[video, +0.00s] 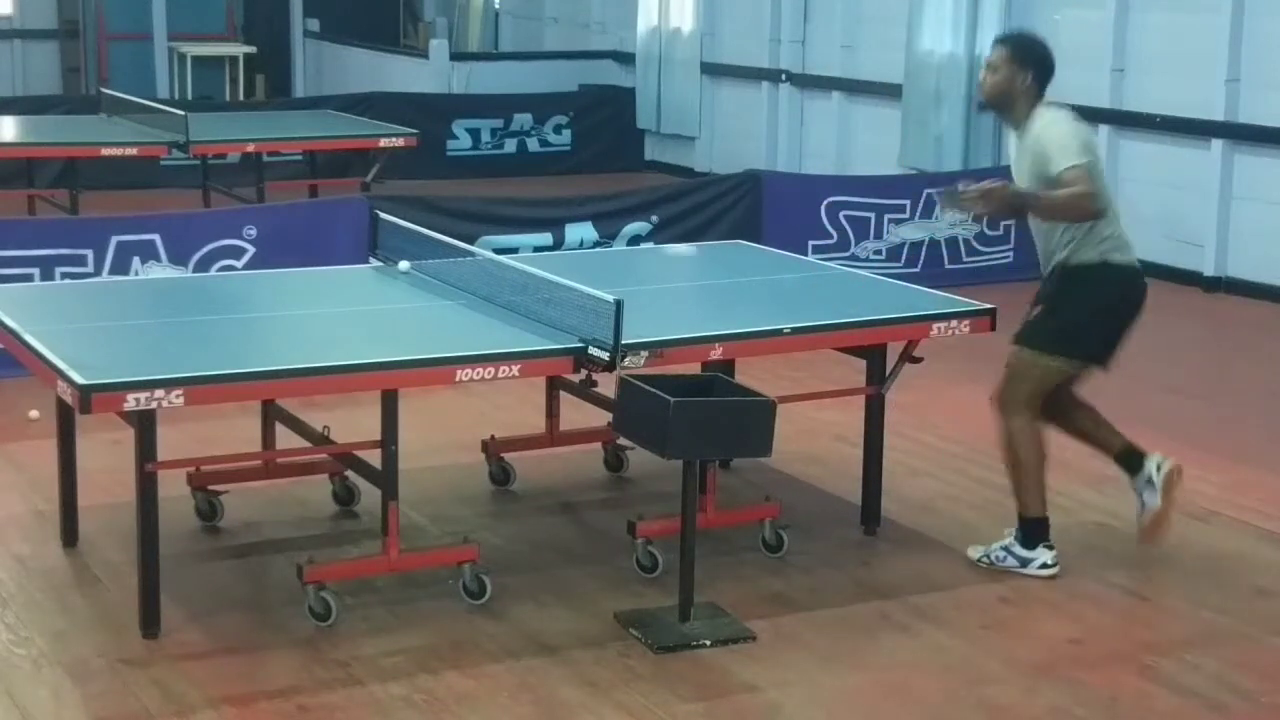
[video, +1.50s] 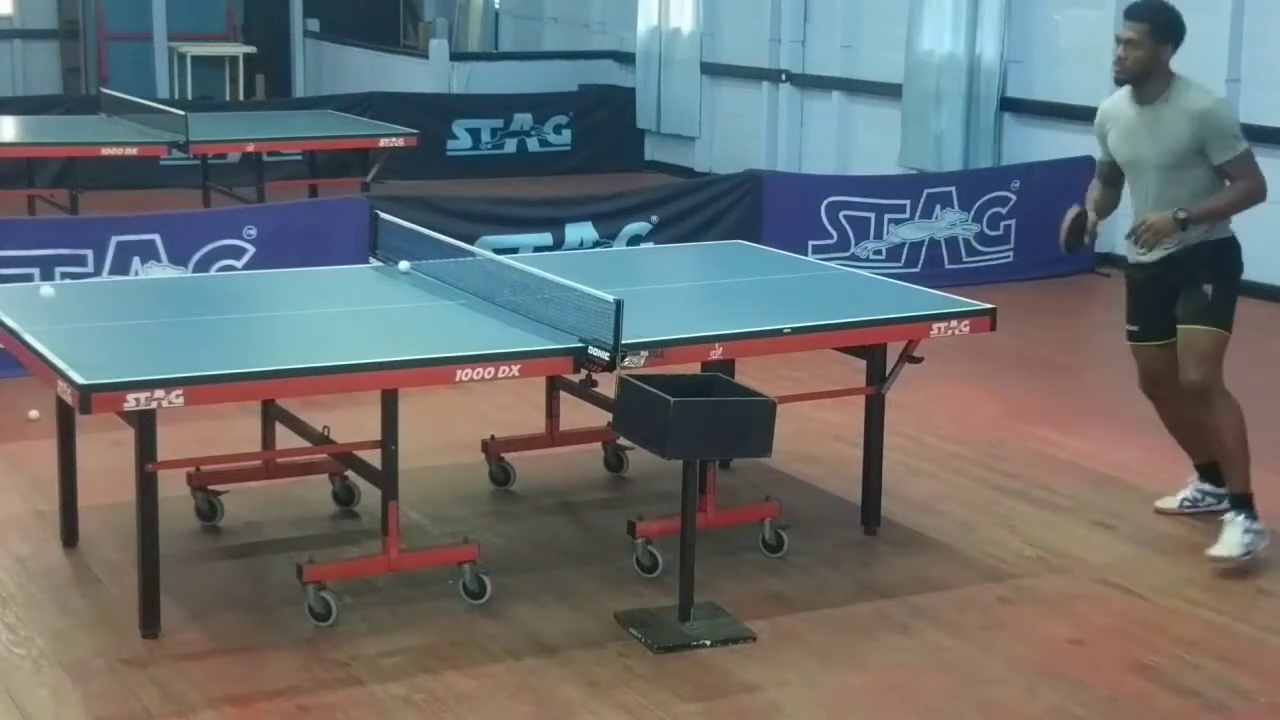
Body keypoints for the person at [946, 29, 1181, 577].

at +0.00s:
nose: (982, 78)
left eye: (993, 69)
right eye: (985, 68)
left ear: (1026, 79)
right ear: (1015, 80)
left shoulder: (1055, 126)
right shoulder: (1025, 134)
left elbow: (1088, 202)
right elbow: (1055, 207)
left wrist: (1016, 201)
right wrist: (996, 203)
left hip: (1099, 277)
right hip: (1083, 276)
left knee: (1015, 397)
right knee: (1044, 398)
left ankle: (1032, 542)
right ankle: (1144, 470)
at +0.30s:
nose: (1014, 103)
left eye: (1024, 95)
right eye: (1015, 94)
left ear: (1057, 102)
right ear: (1037, 102)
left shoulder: (1106, 156)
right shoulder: (1015, 156)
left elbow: (1148, 234)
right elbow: (1012, 225)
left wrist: (1084, 244)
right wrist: (979, 231)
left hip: (1105, 289)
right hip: (1045, 287)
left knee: (1106, 402)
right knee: (993, 363)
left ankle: (1188, 506)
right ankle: (1021, 443)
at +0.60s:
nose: (1021, 113)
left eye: (1032, 105)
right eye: (1019, 104)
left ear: (1066, 108)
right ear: (1022, 106)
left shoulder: (1108, 156)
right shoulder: (1032, 162)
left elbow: (1155, 232)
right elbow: (1040, 232)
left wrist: (1079, 239)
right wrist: (1008, 239)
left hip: (1139, 278)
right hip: (1084, 281)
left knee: (1135, 390)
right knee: (1021, 360)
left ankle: (1222, 502)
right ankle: (1050, 440)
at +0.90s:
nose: (1045, 101)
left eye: (1056, 94)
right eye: (1045, 92)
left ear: (1090, 99)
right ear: (1048, 95)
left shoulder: (1131, 148)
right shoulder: (1057, 151)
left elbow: (1173, 228)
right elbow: (1070, 218)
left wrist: (1094, 232)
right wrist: (1039, 226)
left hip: (1161, 274)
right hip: (1104, 273)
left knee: (1154, 386)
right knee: (1044, 354)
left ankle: (1229, 505)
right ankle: (1059, 440)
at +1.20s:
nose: (1092, 53)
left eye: (1103, 45)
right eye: (1091, 43)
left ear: (1135, 51)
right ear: (1100, 50)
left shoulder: (1176, 108)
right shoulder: (1103, 110)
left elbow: (1229, 176)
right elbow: (1113, 179)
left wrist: (1151, 200)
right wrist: (1075, 194)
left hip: (1189, 249)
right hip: (1136, 248)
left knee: (1176, 375)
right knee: (1099, 341)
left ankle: (1237, 501)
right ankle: (1103, 448)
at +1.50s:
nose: (1119, 53)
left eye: (1132, 45)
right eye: (1118, 42)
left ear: (1165, 52)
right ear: (1119, 46)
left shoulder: (1203, 109)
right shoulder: (1111, 113)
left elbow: (1252, 187)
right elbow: (1108, 182)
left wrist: (1180, 217)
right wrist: (1090, 211)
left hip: (1206, 259)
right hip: (1146, 266)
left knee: (1198, 379)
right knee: (1157, 382)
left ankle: (1245, 516)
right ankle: (1213, 484)